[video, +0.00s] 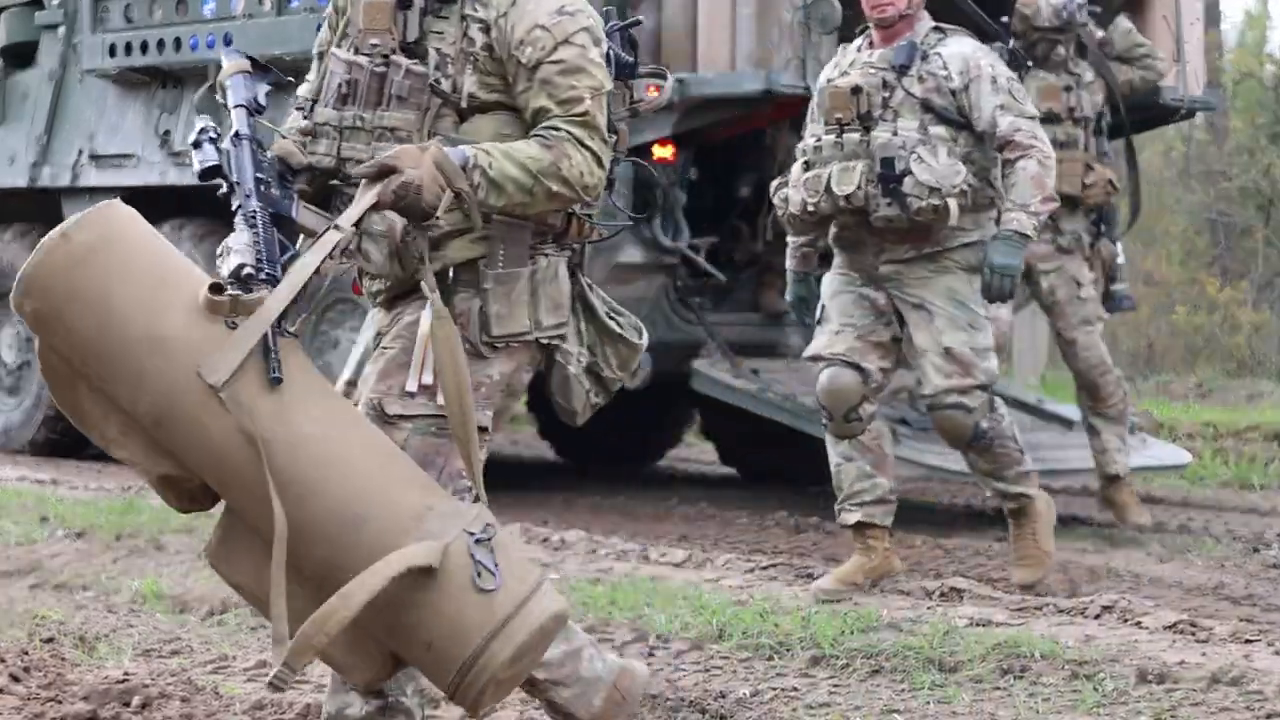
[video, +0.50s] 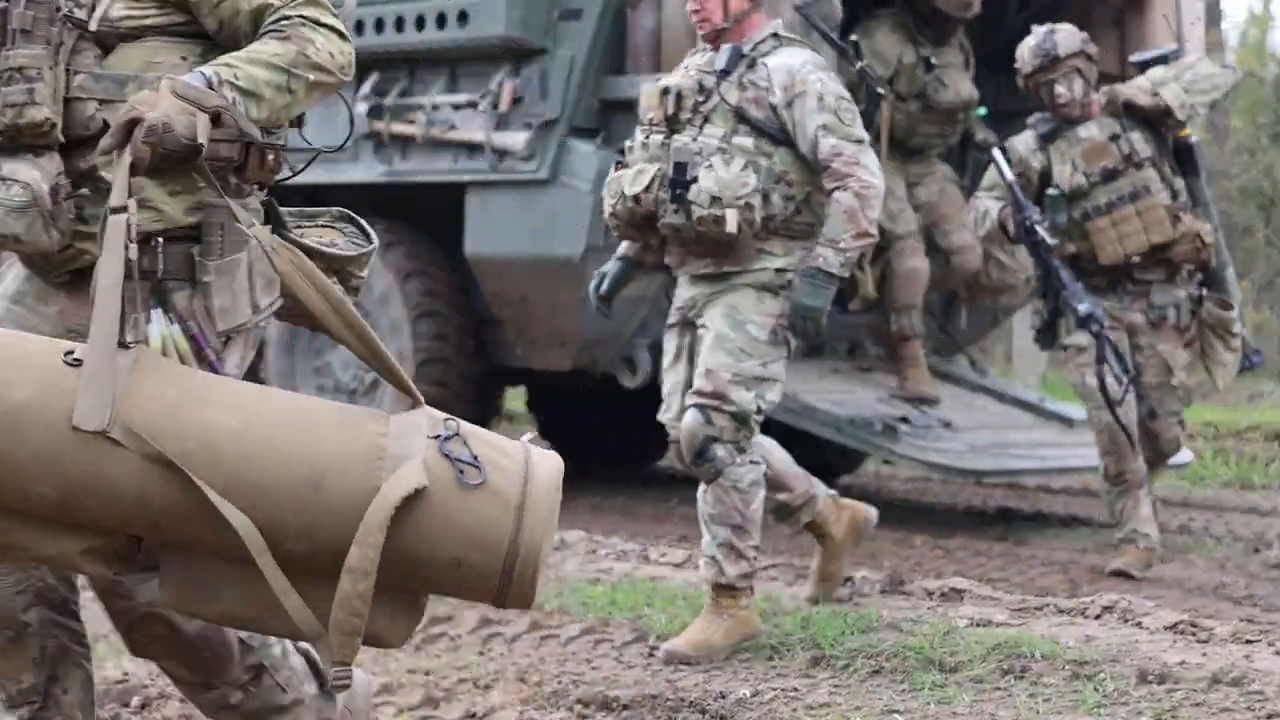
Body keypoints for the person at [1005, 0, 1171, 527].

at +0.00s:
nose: (1047, 31)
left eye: (1056, 22)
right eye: (1036, 22)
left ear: (1071, 25)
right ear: (1018, 23)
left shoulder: (1089, 76)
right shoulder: (994, 66)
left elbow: (1152, 69)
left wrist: (1100, 22)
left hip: (1066, 234)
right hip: (999, 232)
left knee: (1091, 358)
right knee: (972, 358)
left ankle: (1115, 478)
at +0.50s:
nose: (1065, 88)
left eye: (1072, 75)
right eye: (1052, 81)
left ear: (1090, 71)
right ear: (1037, 89)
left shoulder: (1135, 108)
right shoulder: (1028, 149)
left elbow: (1217, 74)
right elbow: (981, 209)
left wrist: (1157, 95)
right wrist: (1004, 215)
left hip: (1164, 288)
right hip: (1088, 297)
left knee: (1161, 428)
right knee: (1111, 418)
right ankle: (1137, 533)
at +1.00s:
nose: (1050, 69)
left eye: (1057, 54)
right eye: (1035, 61)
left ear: (1079, 41)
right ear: (1019, 64)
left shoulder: (1134, 73)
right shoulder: (1010, 122)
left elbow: (1231, 74)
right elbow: (965, 210)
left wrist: (1186, 130)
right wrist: (1012, 185)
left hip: (1157, 282)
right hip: (1073, 287)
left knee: (1154, 441)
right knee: (1063, 384)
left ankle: (1156, 568)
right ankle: (1077, 510)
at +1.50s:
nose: (938, 13)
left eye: (946, 1)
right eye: (926, 8)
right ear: (916, 15)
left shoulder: (1038, 25)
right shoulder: (901, 81)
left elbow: (1109, 89)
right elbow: (850, 178)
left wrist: (1050, 121)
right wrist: (901, 136)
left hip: (1051, 253)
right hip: (965, 268)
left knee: (1027, 405)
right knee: (989, 441)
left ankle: (1026, 586)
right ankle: (1045, 569)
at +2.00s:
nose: (728, 63)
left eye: (738, 46)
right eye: (718, 52)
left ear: (781, 39)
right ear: (715, 60)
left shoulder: (856, 87)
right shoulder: (719, 131)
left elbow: (903, 180)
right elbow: (600, 201)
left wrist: (805, 221)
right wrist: (635, 186)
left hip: (851, 334)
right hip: (760, 342)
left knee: (834, 534)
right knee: (744, 542)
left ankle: (930, 621)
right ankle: (769, 698)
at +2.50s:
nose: (439, 7)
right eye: (432, 2)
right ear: (429, 15)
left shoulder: (578, 41)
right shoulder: (418, 84)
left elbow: (632, 151)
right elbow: (318, 189)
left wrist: (519, 196)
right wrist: (306, 132)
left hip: (570, 333)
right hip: (473, 335)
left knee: (494, 556)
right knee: (426, 551)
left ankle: (504, 705)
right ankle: (542, 634)